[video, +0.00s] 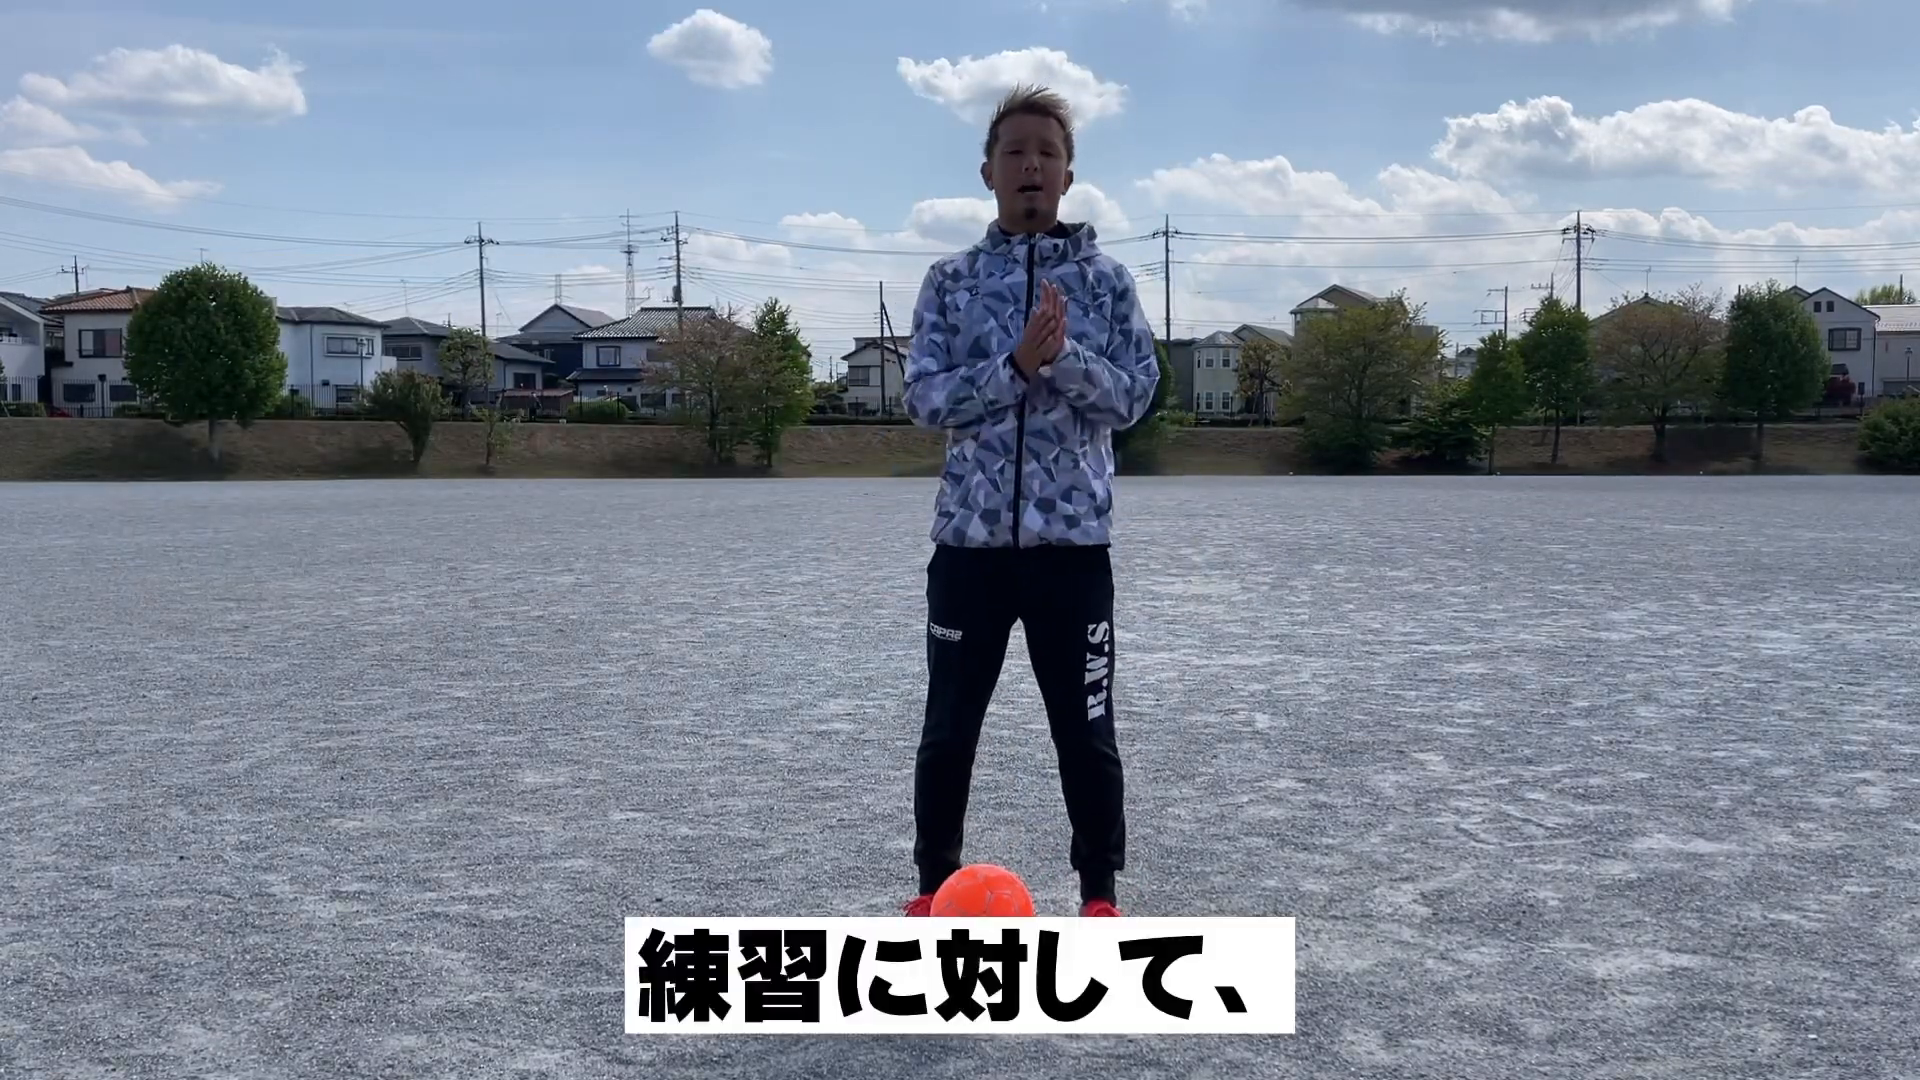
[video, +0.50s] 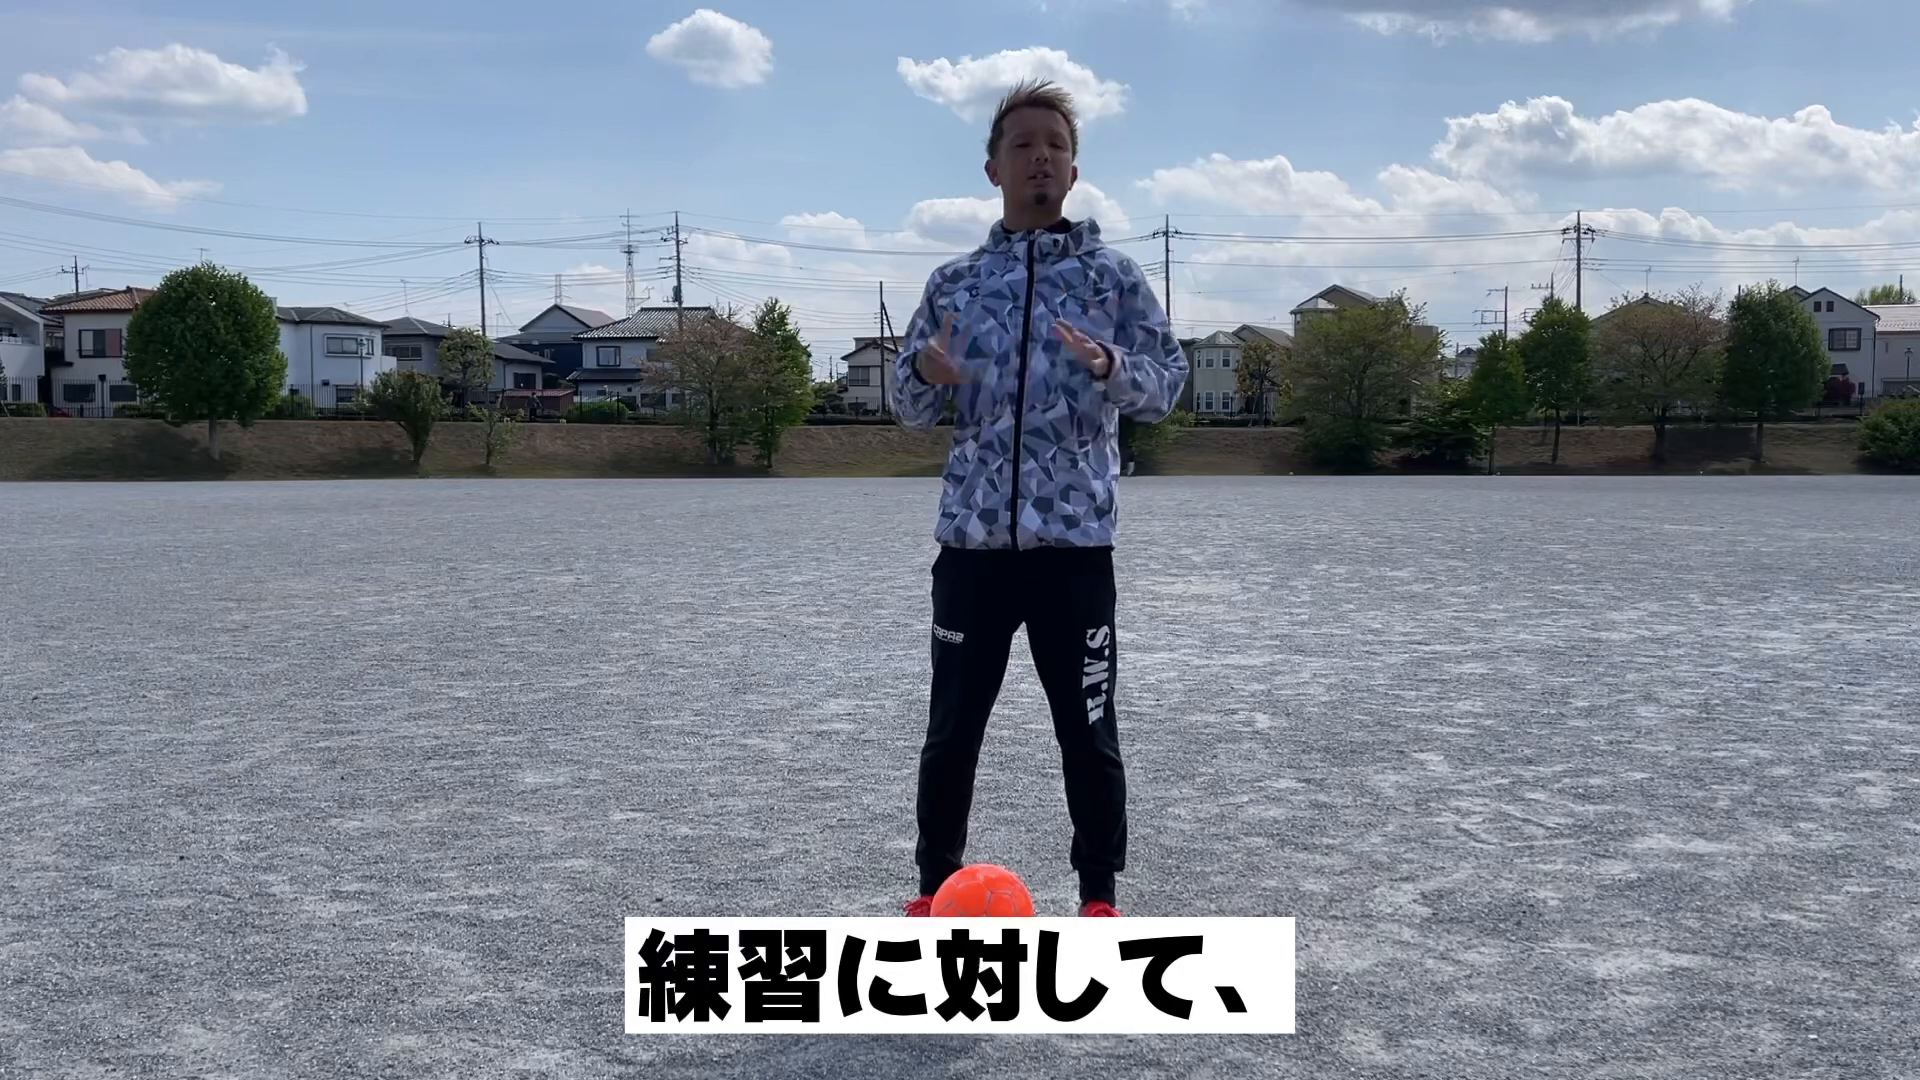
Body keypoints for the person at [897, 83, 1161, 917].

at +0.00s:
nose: (1031, 167)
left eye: (1047, 153)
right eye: (1014, 153)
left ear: (1068, 171)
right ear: (989, 170)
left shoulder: (1104, 278)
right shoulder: (951, 280)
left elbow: (1133, 396)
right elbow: (928, 399)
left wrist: (1060, 357)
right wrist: (1015, 365)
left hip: (1070, 536)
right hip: (970, 536)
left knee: (1085, 727)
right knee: (948, 726)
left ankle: (1098, 898)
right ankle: (934, 894)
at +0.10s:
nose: (1037, 161)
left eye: (1053, 147)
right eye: (1020, 147)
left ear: (1074, 168)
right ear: (995, 167)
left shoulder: (1112, 277)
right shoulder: (958, 280)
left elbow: (1150, 390)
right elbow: (927, 399)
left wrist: (1068, 362)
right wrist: (1003, 359)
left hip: (1074, 535)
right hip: (974, 536)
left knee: (1086, 726)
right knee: (952, 725)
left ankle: (1099, 897)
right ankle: (933, 893)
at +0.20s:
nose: (1043, 156)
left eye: (1057, 144)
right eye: (1024, 143)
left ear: (1074, 165)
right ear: (996, 165)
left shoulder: (1113, 277)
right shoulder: (957, 284)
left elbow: (1143, 391)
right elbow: (929, 405)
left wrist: (1085, 374)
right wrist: (971, 381)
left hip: (1074, 536)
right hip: (974, 536)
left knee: (1088, 726)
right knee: (952, 725)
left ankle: (1098, 896)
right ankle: (933, 894)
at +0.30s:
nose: (1042, 157)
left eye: (1057, 145)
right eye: (1024, 144)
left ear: (1075, 165)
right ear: (996, 164)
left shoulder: (1113, 275)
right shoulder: (956, 282)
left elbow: (1144, 400)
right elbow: (932, 413)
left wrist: (1127, 356)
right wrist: (923, 366)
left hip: (1074, 534)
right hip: (975, 533)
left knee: (1088, 729)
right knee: (952, 727)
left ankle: (1098, 898)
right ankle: (935, 893)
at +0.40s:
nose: (1043, 157)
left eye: (1057, 145)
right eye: (1024, 144)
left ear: (1074, 165)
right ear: (995, 165)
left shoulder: (1115, 277)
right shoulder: (954, 283)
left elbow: (1167, 391)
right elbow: (918, 407)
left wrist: (1136, 357)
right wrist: (912, 368)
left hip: (1074, 537)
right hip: (974, 537)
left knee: (1089, 729)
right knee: (952, 727)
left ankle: (1099, 898)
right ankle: (933, 893)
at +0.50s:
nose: (1042, 158)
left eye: (1057, 146)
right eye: (1023, 145)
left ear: (1074, 167)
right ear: (995, 165)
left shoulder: (1115, 278)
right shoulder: (953, 283)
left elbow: (1163, 382)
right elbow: (907, 396)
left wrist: (1114, 368)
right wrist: (931, 375)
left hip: (1072, 536)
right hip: (972, 536)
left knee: (1086, 728)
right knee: (951, 727)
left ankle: (1099, 897)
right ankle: (933, 894)